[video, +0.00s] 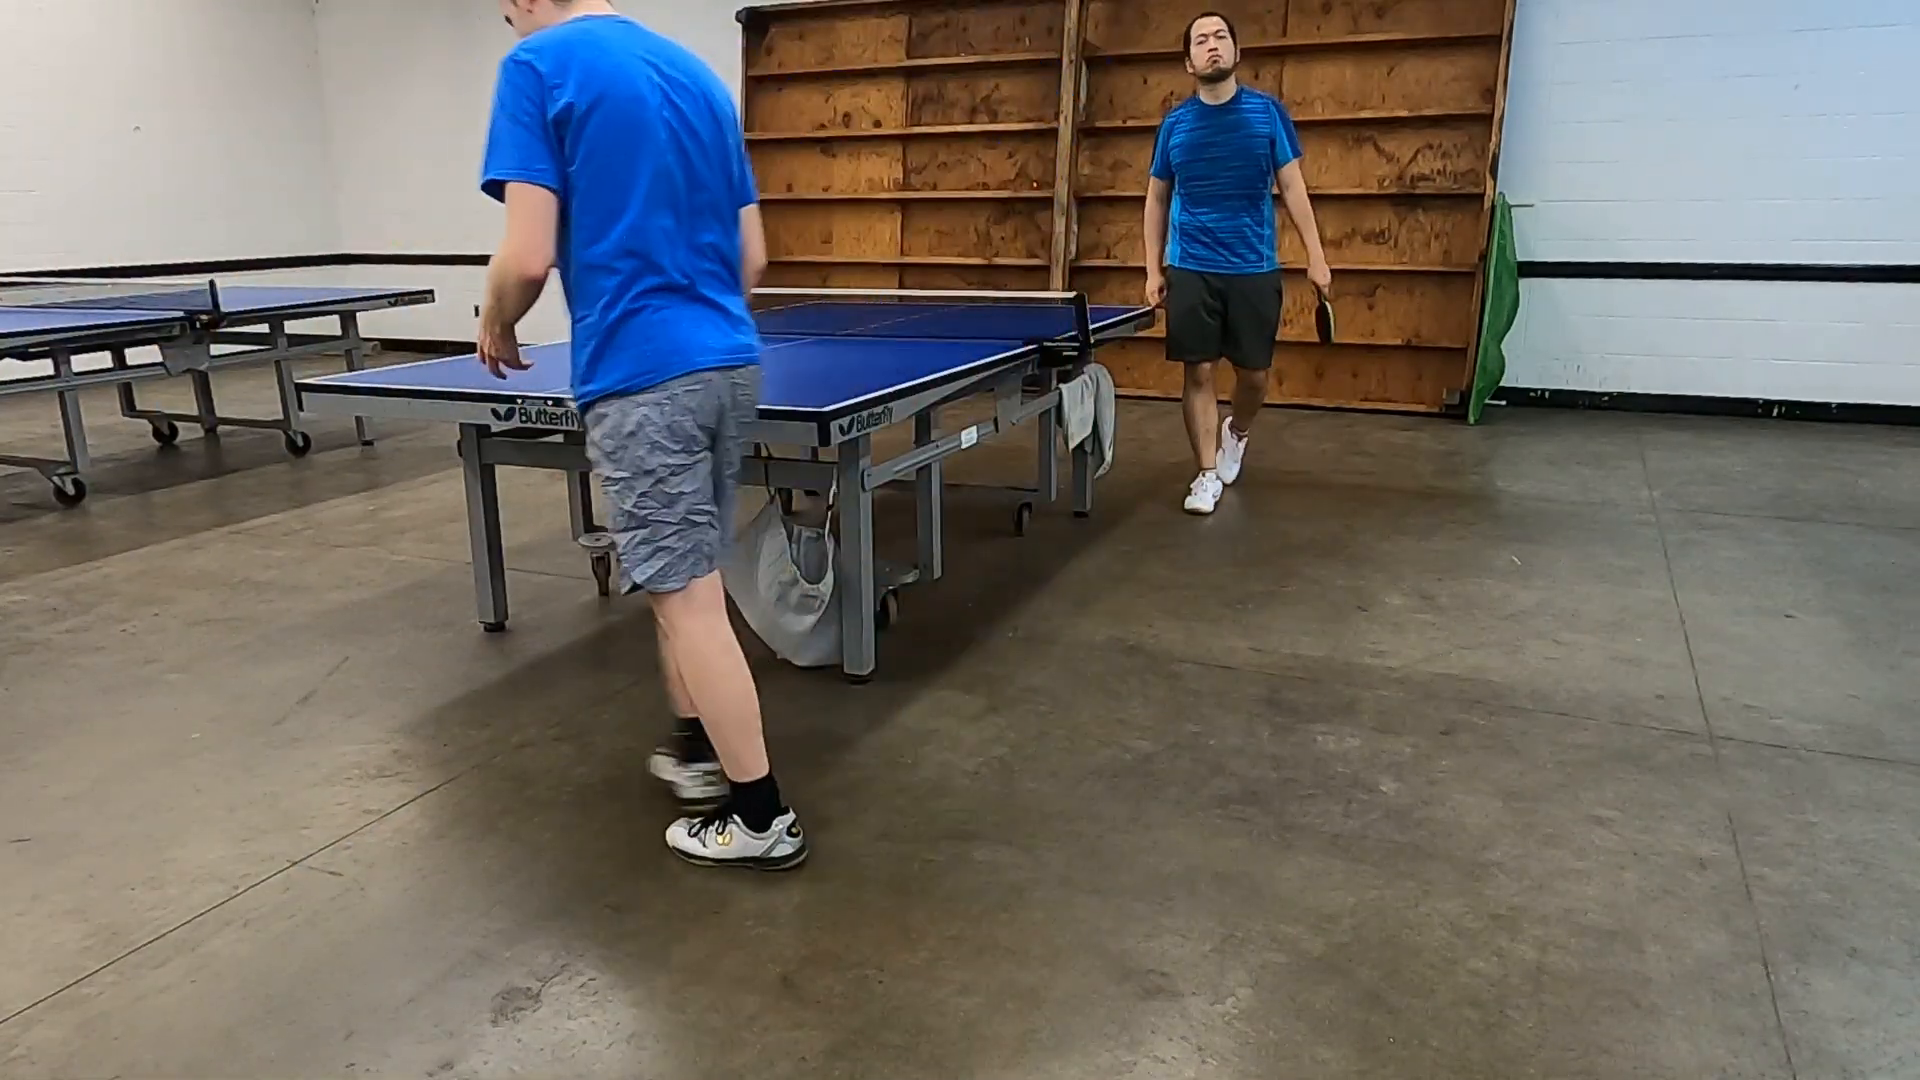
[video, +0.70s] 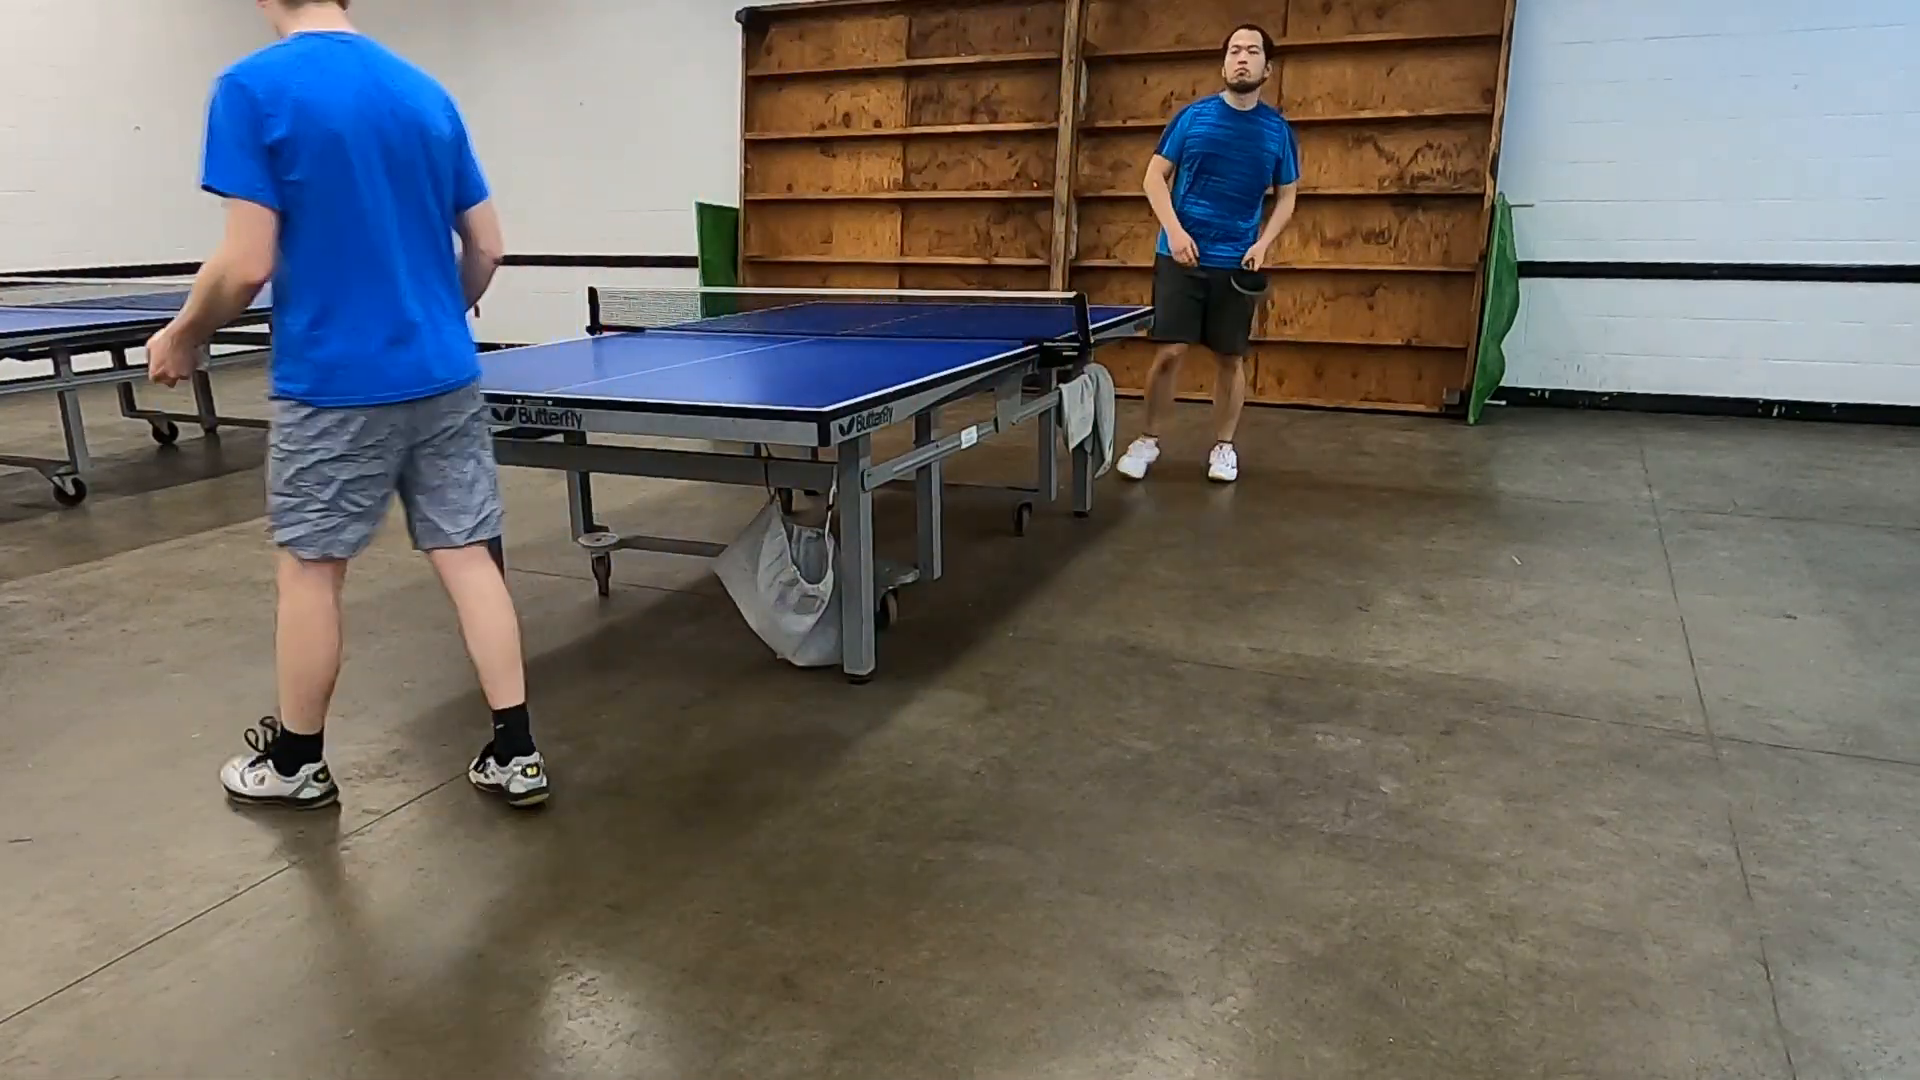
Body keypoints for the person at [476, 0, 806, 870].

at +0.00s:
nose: (512, 29)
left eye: (508, 20)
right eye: (509, 21)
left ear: (528, 6)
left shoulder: (538, 60)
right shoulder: (697, 74)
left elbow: (528, 260)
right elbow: (750, 258)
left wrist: (496, 323)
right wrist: (698, 321)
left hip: (641, 372)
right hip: (734, 359)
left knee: (692, 599)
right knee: (682, 571)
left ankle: (763, 814)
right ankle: (700, 747)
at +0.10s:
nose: (477, 29)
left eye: (474, 19)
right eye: (474, 20)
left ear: (493, 7)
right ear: (566, 2)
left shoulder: (502, 69)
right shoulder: (657, 81)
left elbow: (493, 263)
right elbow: (704, 260)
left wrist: (459, 322)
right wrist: (619, 300)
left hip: (596, 379)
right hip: (683, 364)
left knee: (667, 594)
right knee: (619, 574)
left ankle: (759, 808)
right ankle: (576, 744)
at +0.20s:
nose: (440, 26)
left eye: (437, 16)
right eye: (436, 17)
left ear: (460, 6)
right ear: (529, 4)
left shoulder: (468, 78)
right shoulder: (614, 91)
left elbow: (462, 261)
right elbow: (666, 263)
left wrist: (406, 306)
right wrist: (586, 311)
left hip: (546, 389)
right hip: (625, 375)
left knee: (605, 596)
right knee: (564, 574)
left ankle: (737, 789)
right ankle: (526, 760)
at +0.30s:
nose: (406, 24)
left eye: (405, 10)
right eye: (405, 11)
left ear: (430, 4)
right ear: (489, 3)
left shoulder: (431, 74)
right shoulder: (572, 91)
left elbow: (426, 251)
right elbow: (622, 263)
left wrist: (344, 281)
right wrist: (553, 314)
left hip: (498, 385)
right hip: (585, 373)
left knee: (483, 589)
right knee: (543, 559)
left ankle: (659, 731)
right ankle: (523, 761)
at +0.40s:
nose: (363, 15)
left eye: (364, 7)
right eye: (361, 9)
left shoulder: (399, 66)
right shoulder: (533, 84)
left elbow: (381, 241)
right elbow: (584, 245)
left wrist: (289, 254)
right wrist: (515, 311)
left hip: (458, 372)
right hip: (548, 363)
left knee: (404, 559)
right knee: (522, 551)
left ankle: (553, 707)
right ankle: (529, 744)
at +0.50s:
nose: (327, 12)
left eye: (327, 1)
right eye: (327, 4)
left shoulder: (358, 67)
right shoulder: (493, 76)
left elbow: (340, 240)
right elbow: (549, 243)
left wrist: (240, 254)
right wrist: (469, 287)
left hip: (419, 365)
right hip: (519, 359)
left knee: (359, 544)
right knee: (509, 548)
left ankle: (435, 744)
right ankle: (525, 758)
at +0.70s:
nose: (260, 17)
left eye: (258, 11)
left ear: (267, 5)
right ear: (345, 0)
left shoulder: (254, 85)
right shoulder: (421, 87)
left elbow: (247, 264)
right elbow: (487, 250)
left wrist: (184, 334)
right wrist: (436, 315)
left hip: (334, 380)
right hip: (445, 368)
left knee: (310, 561)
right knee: (465, 549)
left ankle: (297, 757)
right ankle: (516, 748)